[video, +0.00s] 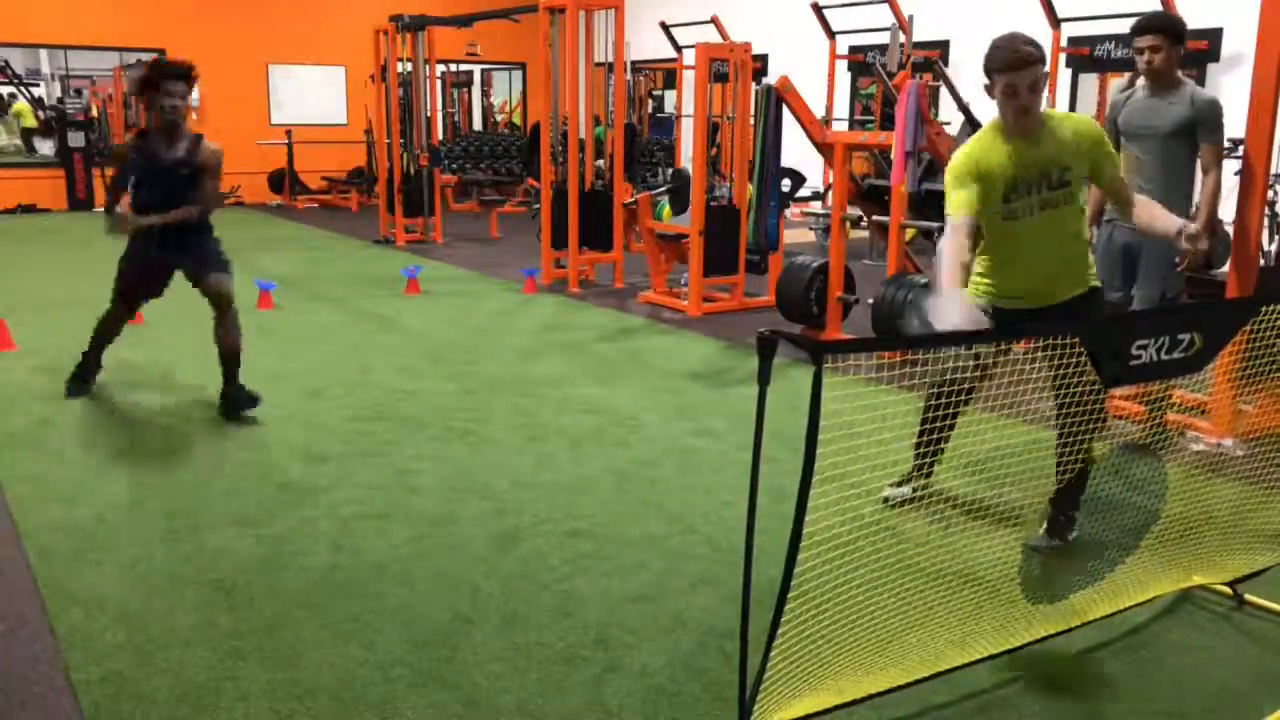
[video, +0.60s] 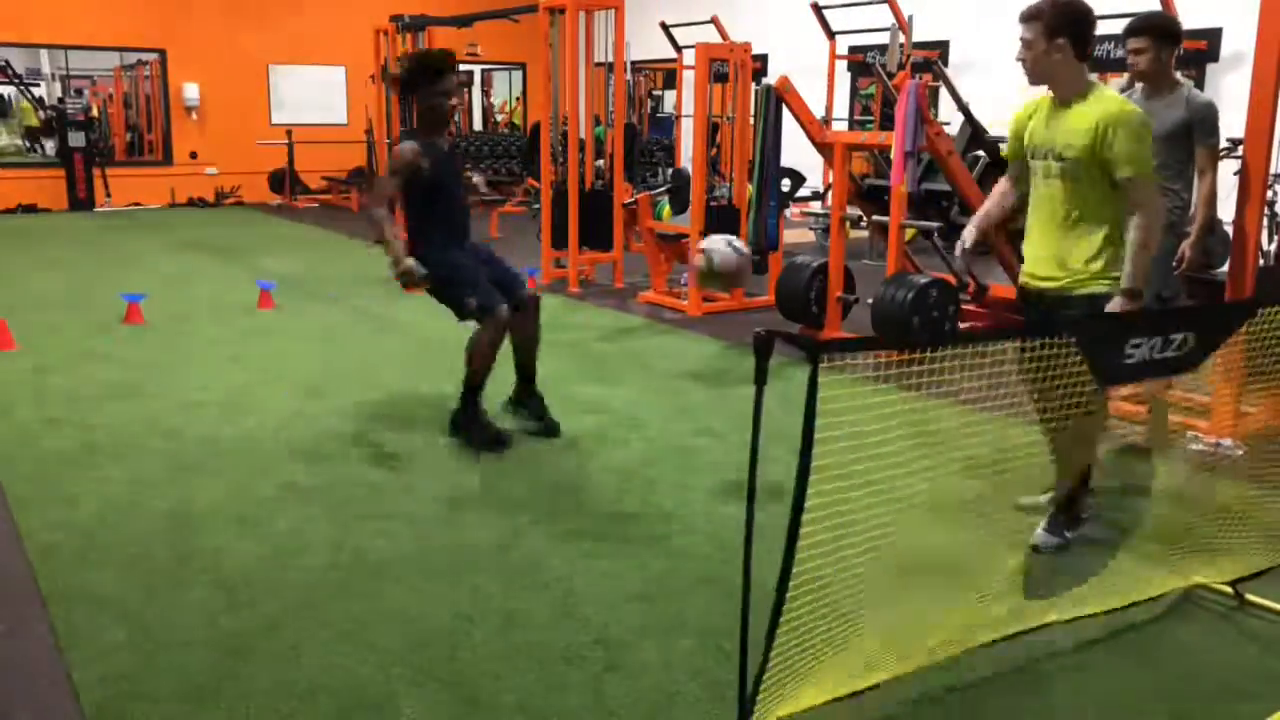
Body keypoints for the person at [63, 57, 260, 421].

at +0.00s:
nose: (172, 104)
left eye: (180, 97)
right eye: (165, 96)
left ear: (189, 104)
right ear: (150, 102)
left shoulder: (206, 153)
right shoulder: (137, 149)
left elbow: (204, 208)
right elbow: (115, 194)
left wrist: (147, 221)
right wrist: (115, 213)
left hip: (196, 238)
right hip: (150, 240)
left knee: (224, 297)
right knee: (120, 311)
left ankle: (231, 389)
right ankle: (87, 367)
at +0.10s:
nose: (219, 87)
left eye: (226, 79)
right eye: (210, 79)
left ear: (235, 85)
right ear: (195, 87)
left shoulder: (253, 138)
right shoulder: (182, 137)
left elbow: (275, 193)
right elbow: (154, 179)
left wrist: (236, 225)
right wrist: (135, 221)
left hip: (243, 233)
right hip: (198, 234)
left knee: (262, 304)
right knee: (176, 313)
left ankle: (239, 396)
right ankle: (140, 351)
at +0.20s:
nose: (270, 77)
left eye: (274, 69)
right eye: (260, 69)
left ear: (281, 73)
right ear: (239, 76)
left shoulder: (298, 120)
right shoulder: (222, 129)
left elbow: (320, 163)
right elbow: (189, 178)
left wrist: (331, 191)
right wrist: (168, 234)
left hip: (292, 225)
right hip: (247, 229)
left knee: (321, 295)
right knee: (252, 304)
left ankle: (279, 374)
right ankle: (233, 389)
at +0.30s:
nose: (325, 88)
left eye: (329, 80)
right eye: (315, 81)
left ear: (333, 85)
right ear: (291, 87)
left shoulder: (339, 129)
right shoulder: (273, 142)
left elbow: (346, 170)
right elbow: (236, 191)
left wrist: (390, 181)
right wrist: (218, 245)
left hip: (340, 235)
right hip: (299, 241)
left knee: (386, 299)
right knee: (322, 317)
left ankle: (373, 388)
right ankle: (332, 420)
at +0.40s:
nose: (380, 117)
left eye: (384, 109)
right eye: (371, 109)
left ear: (388, 112)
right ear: (348, 115)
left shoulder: (384, 156)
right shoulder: (332, 168)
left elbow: (382, 200)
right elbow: (290, 218)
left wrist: (422, 200)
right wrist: (285, 266)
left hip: (390, 262)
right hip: (353, 268)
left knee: (454, 317)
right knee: (388, 331)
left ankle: (493, 407)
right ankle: (372, 435)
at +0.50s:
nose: (421, 118)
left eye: (424, 110)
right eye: (412, 111)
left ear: (429, 113)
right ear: (388, 118)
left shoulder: (426, 158)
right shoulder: (376, 171)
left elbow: (418, 213)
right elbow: (346, 227)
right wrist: (349, 271)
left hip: (438, 262)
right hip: (403, 270)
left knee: (501, 316)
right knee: (448, 325)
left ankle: (517, 407)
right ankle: (406, 421)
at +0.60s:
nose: (455, 104)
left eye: (456, 94)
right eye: (445, 95)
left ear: (452, 99)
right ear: (419, 100)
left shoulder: (446, 147)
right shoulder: (409, 152)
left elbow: (451, 195)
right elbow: (377, 208)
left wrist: (488, 193)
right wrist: (398, 257)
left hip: (465, 249)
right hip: (435, 258)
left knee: (526, 304)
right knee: (495, 317)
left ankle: (525, 394)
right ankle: (467, 412)